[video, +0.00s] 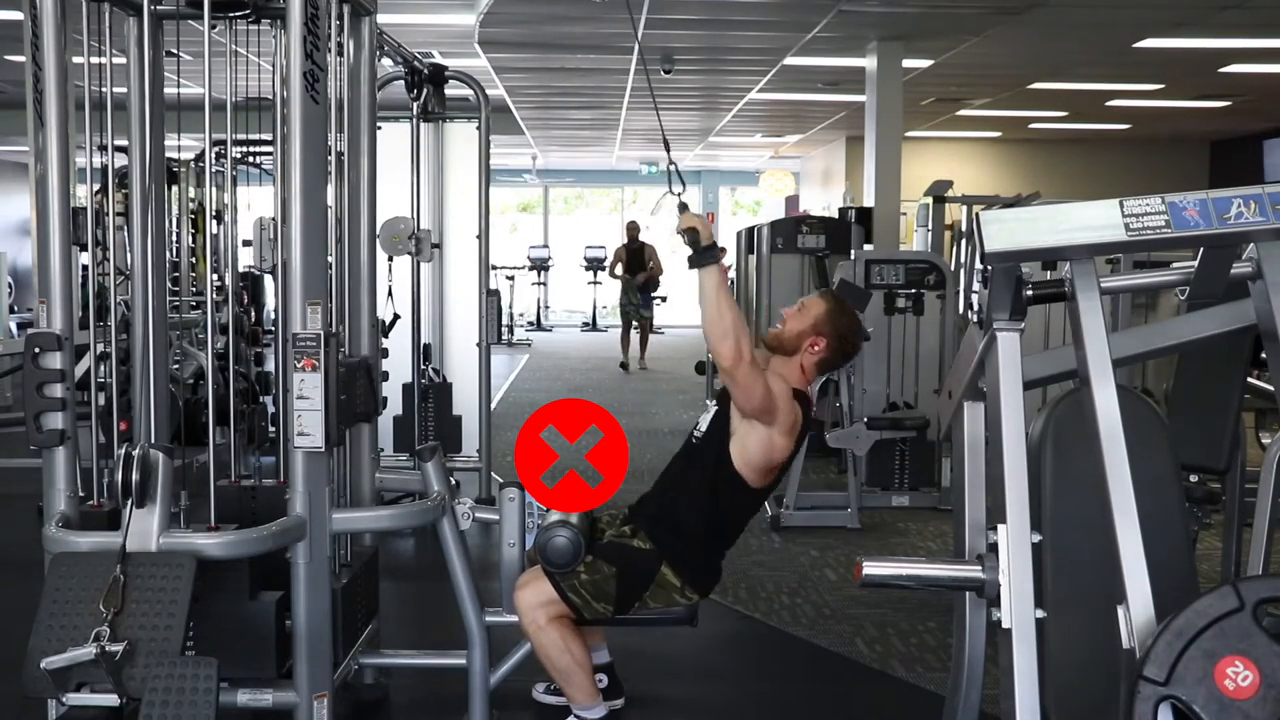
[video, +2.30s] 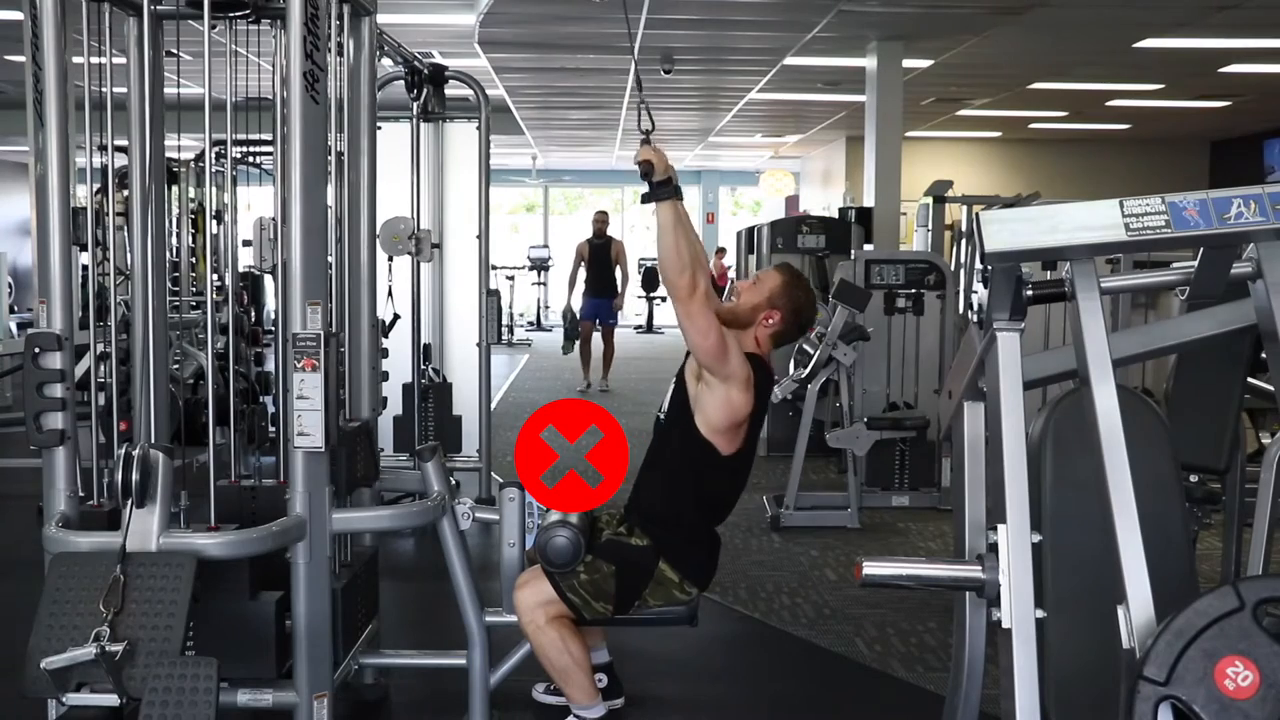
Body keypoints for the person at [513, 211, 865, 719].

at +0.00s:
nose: (785, 310)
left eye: (798, 309)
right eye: (795, 304)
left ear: (814, 344)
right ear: (813, 348)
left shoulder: (776, 407)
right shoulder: (773, 386)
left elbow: (731, 355)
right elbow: (739, 347)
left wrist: (704, 250)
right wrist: (711, 258)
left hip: (670, 561)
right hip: (651, 529)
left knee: (533, 597)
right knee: (553, 548)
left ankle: (589, 709)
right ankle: (595, 673)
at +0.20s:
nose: (815, 336)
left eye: (829, 336)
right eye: (824, 330)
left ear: (846, 372)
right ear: (843, 373)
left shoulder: (812, 432)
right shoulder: (794, 404)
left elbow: (769, 437)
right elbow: (749, 389)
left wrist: (743, 325)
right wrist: (729, 313)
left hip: (675, 563)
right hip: (654, 526)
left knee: (534, 596)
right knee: (553, 542)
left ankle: (590, 712)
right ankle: (594, 672)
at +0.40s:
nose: (832, 356)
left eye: (847, 357)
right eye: (843, 350)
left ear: (862, 393)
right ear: (859, 395)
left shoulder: (828, 451)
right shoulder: (812, 420)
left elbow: (793, 505)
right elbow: (766, 443)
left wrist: (776, 407)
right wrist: (762, 383)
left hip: (678, 562)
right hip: (660, 526)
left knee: (535, 595)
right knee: (551, 550)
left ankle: (589, 712)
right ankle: (595, 671)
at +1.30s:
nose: (820, 340)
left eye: (836, 342)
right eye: (832, 335)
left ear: (850, 381)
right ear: (847, 381)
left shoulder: (816, 433)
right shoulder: (797, 399)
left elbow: (767, 418)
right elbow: (744, 381)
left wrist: (744, 315)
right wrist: (729, 314)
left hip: (677, 563)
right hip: (657, 525)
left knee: (535, 597)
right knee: (550, 552)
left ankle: (590, 711)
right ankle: (594, 670)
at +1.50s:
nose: (789, 316)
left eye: (804, 316)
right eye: (800, 310)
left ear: (821, 351)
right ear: (820, 354)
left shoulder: (781, 402)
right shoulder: (777, 389)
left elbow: (737, 346)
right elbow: (738, 339)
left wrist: (706, 246)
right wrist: (709, 249)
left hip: (671, 561)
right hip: (655, 530)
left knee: (533, 597)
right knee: (553, 544)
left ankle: (589, 710)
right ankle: (594, 671)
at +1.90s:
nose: (728, 269)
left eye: (744, 274)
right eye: (742, 265)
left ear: (757, 312)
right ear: (756, 314)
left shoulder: (724, 353)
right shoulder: (720, 342)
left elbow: (685, 264)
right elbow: (689, 265)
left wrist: (664, 163)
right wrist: (662, 169)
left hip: (669, 551)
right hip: (655, 528)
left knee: (533, 596)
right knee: (554, 542)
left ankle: (590, 709)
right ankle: (592, 668)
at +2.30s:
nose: (739, 284)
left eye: (752, 284)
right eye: (750, 277)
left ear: (767, 319)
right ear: (767, 321)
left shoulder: (732, 369)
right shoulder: (735, 359)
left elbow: (686, 284)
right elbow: (694, 277)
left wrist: (663, 183)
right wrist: (665, 187)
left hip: (668, 558)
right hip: (657, 534)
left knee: (533, 596)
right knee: (554, 542)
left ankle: (590, 712)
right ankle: (594, 670)